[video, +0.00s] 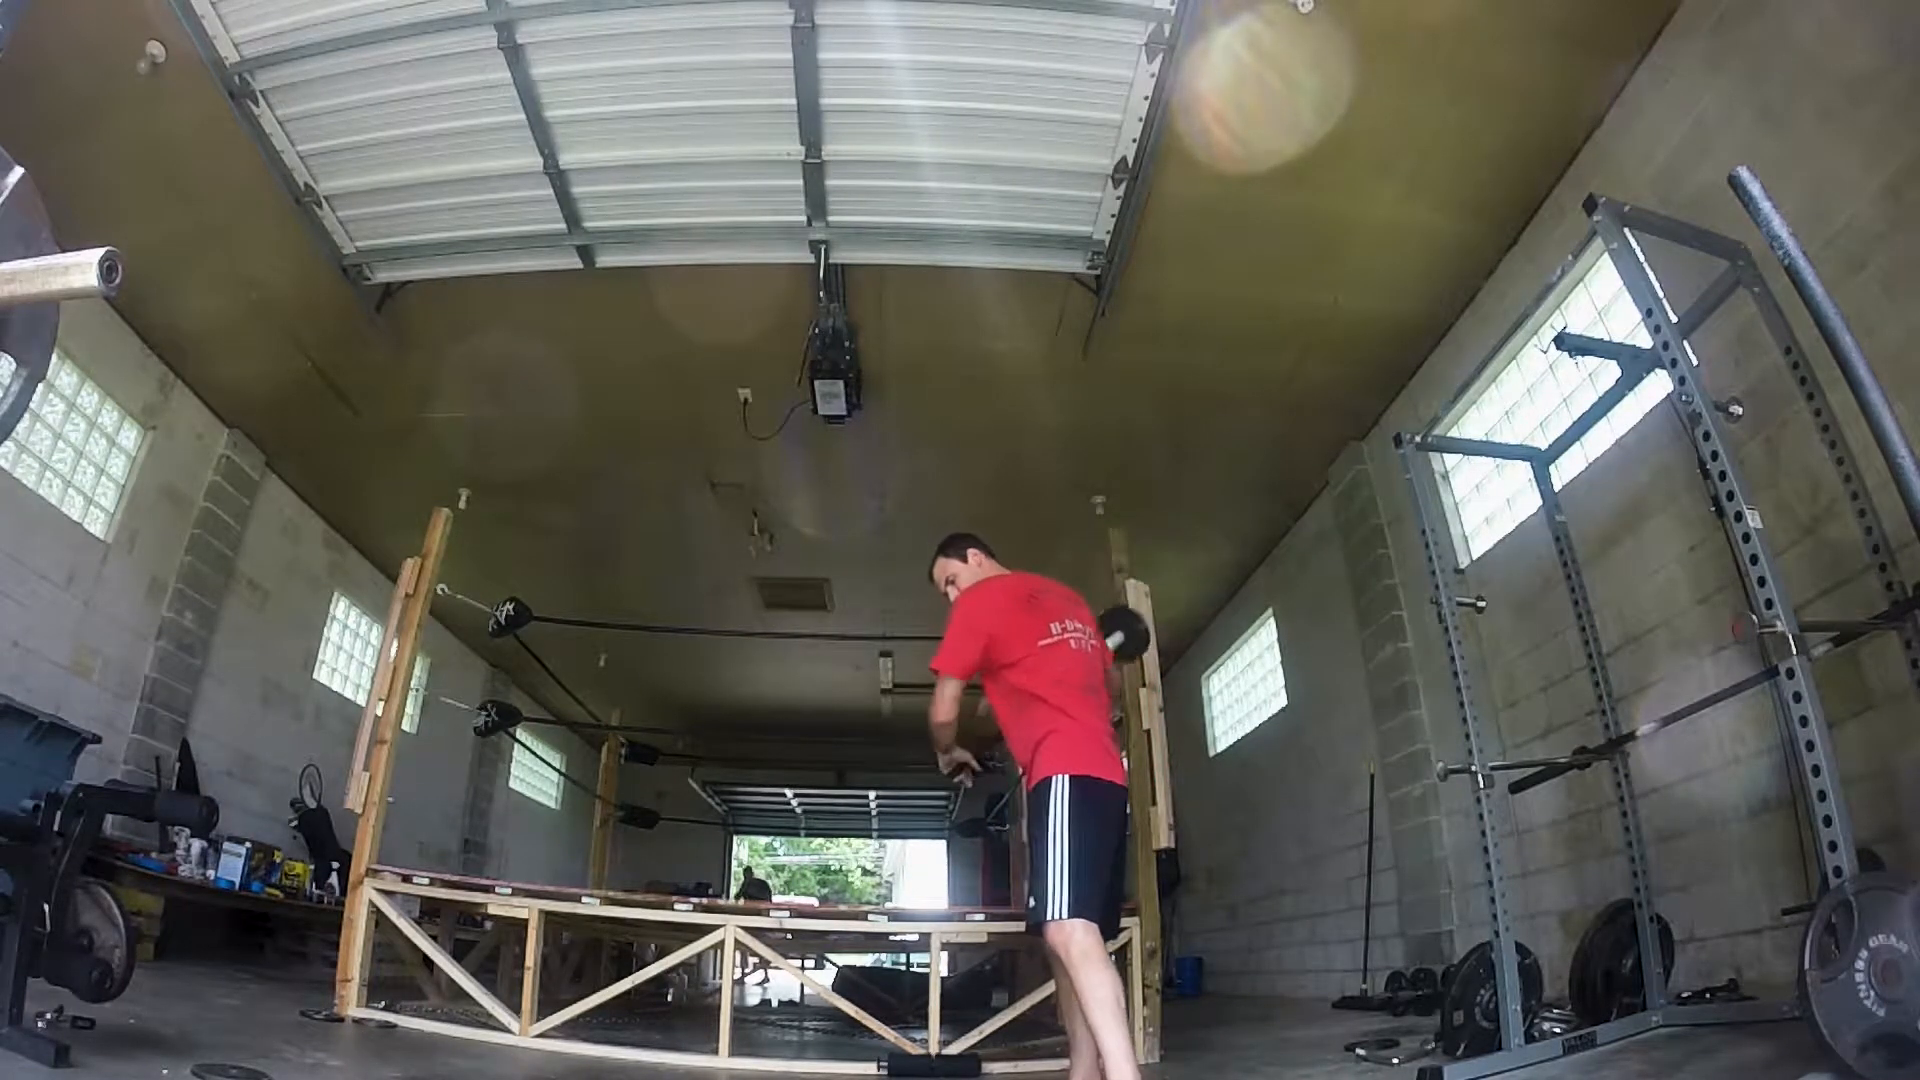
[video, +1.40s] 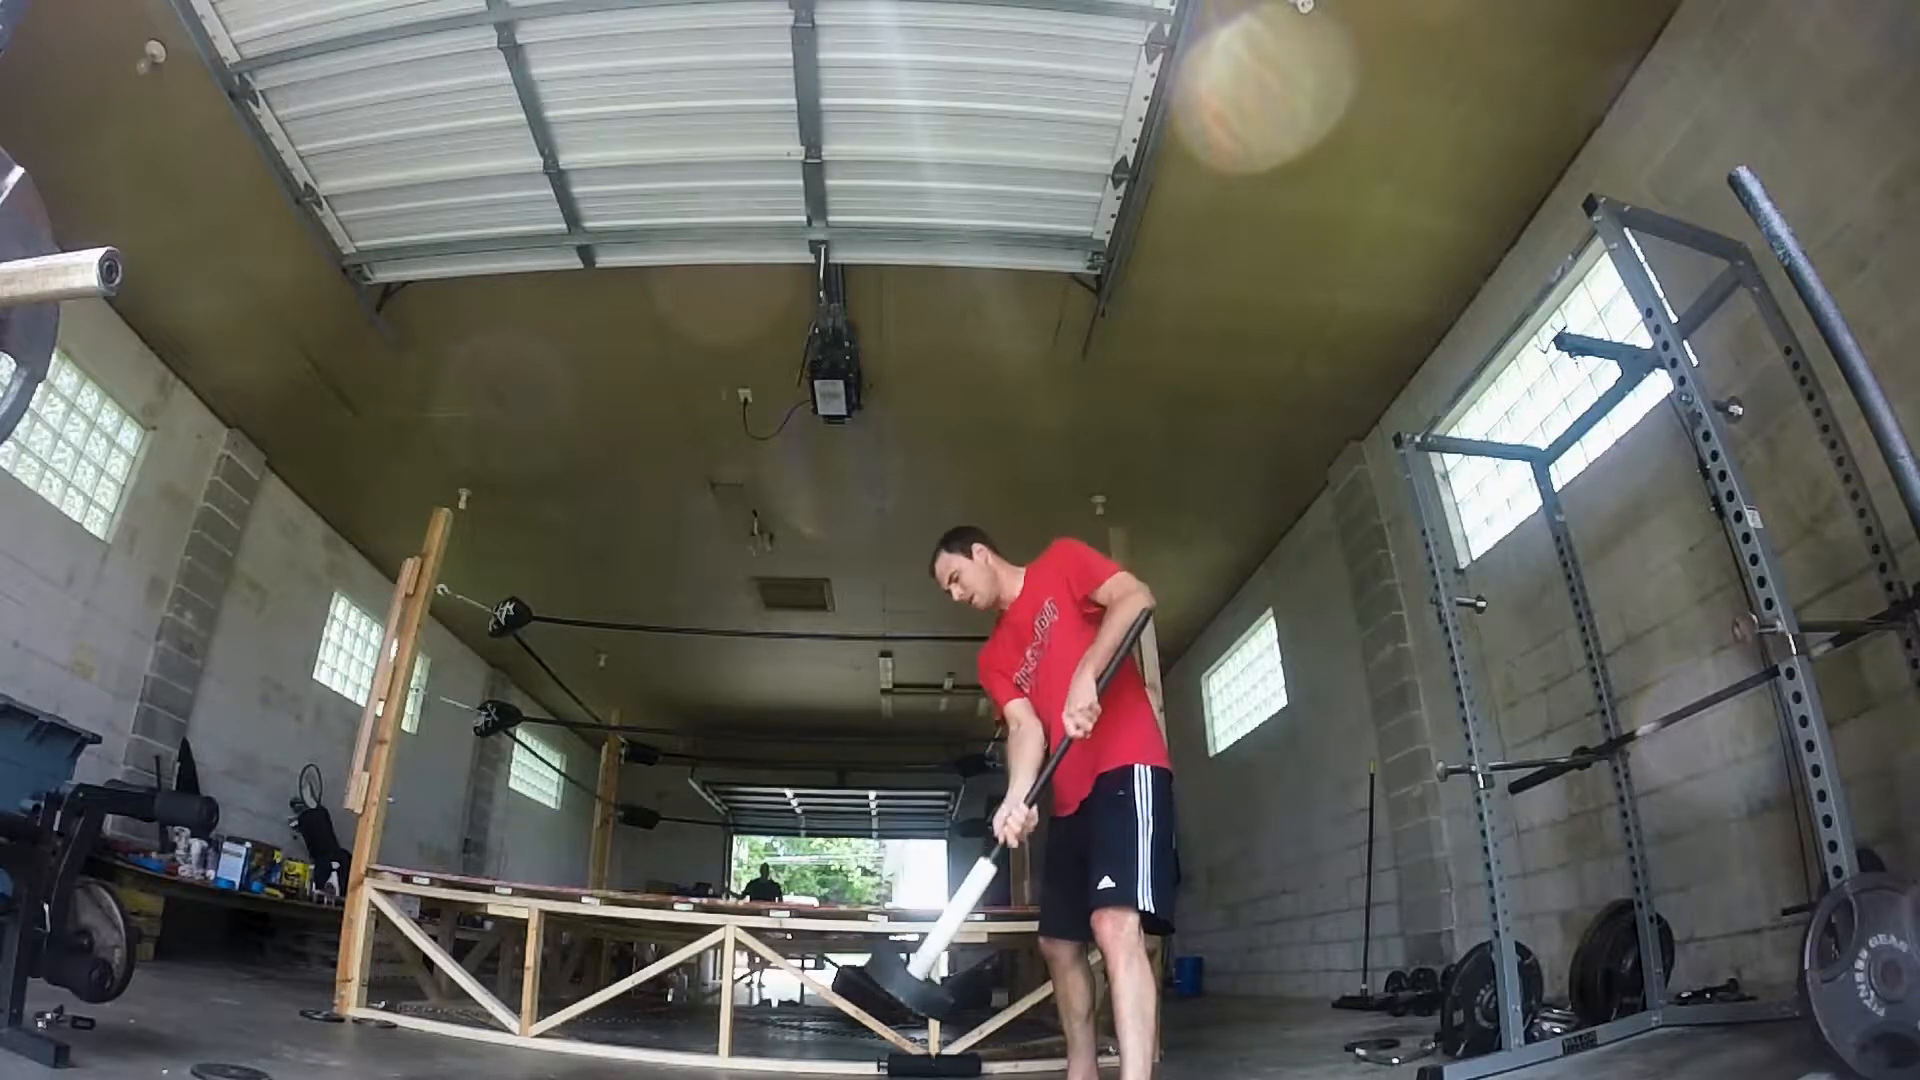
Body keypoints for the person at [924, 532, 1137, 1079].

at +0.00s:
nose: (951, 597)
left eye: (949, 584)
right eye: (945, 591)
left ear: (972, 557)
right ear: (986, 558)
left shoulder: (979, 601)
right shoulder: (1066, 594)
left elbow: (942, 714)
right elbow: (1111, 678)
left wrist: (948, 752)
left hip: (1065, 772)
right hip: (1104, 771)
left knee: (1070, 930)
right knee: (1072, 934)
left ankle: (1124, 1073)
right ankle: (1083, 1072)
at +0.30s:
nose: (964, 592)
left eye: (964, 577)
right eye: (956, 587)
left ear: (991, 555)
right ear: (971, 582)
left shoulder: (1031, 581)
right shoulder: (1036, 605)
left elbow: (1031, 674)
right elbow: (1069, 722)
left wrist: (993, 752)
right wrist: (1025, 795)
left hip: (1108, 767)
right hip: (1074, 784)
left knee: (1098, 927)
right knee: (1062, 939)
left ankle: (1129, 1074)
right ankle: (1085, 1072)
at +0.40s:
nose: (965, 590)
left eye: (966, 574)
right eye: (957, 585)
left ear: (994, 552)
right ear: (969, 583)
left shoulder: (1048, 574)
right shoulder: (1020, 658)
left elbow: (1078, 649)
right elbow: (1036, 764)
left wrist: (1024, 736)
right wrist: (989, 842)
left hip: (1117, 761)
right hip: (1071, 786)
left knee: (1108, 926)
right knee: (1061, 939)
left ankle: (1134, 1074)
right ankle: (1085, 1073)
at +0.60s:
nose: (969, 579)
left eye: (968, 563)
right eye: (960, 574)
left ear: (996, 539)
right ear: (969, 574)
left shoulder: (1073, 558)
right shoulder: (1003, 649)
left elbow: (1155, 602)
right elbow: (1009, 748)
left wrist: (1098, 675)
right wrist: (968, 833)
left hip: (1127, 767)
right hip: (1069, 791)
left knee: (1116, 926)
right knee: (1061, 939)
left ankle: (1138, 1074)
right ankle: (1085, 1072)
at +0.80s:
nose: (971, 561)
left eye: (972, 545)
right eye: (960, 558)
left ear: (999, 525)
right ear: (962, 567)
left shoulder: (1079, 548)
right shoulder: (989, 636)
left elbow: (1167, 595)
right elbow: (1018, 709)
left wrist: (1124, 636)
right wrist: (1016, 757)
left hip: (1131, 758)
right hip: (1068, 783)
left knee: (1119, 923)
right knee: (1063, 939)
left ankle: (1139, 1075)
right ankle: (1083, 1072)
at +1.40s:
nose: (955, 593)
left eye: (954, 577)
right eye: (947, 589)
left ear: (981, 552)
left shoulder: (1061, 560)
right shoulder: (992, 656)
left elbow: (1133, 597)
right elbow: (1024, 724)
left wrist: (1085, 675)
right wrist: (1017, 794)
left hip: (1125, 760)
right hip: (1068, 792)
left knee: (1114, 923)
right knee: (1058, 941)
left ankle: (1136, 1074)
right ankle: (1083, 1073)